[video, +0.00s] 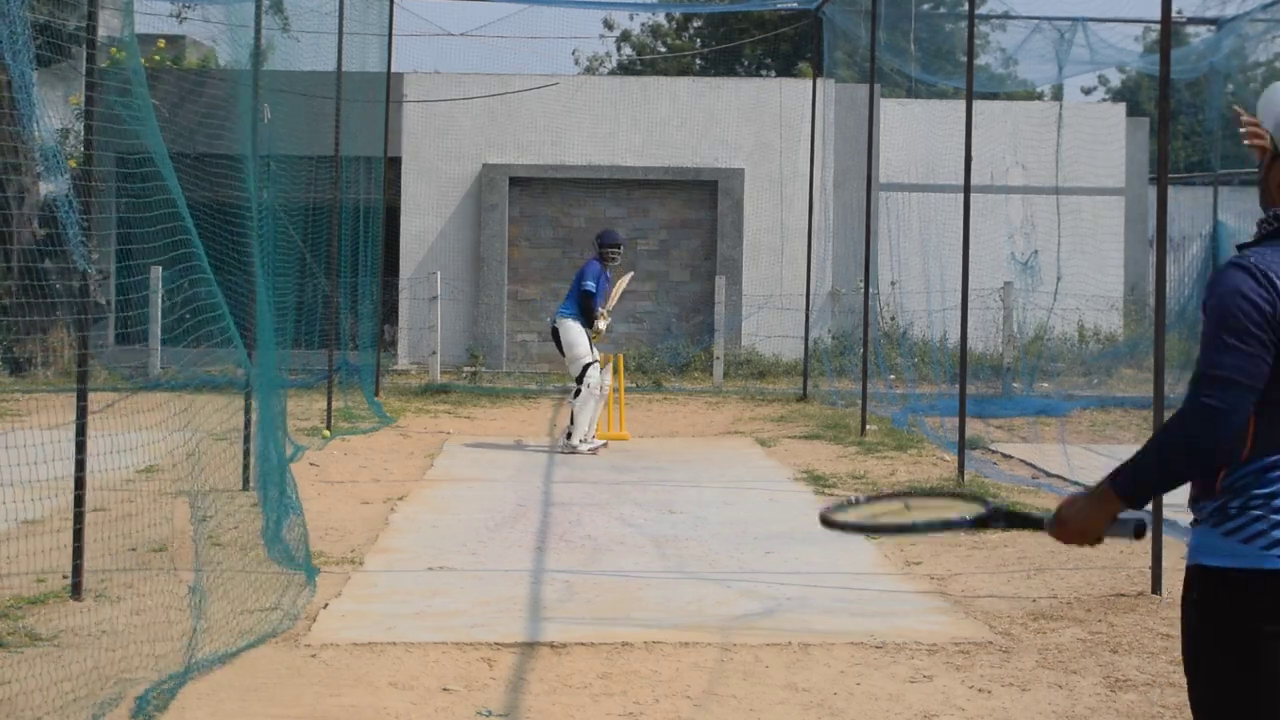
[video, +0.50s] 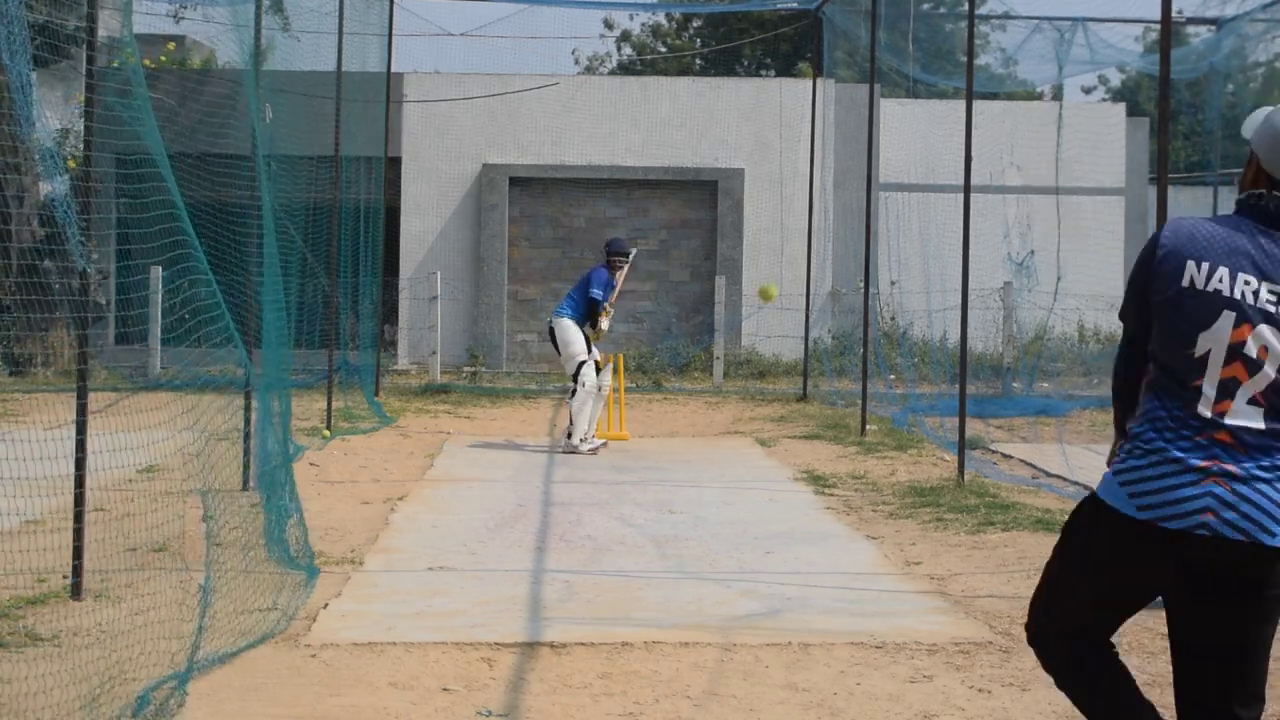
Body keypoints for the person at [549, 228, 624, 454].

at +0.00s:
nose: (613, 254)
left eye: (617, 250)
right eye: (609, 249)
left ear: (621, 251)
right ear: (600, 249)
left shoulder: (606, 275)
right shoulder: (593, 268)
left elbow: (602, 303)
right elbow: (587, 299)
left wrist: (603, 317)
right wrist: (596, 320)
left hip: (581, 325)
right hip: (569, 323)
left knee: (601, 380)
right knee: (590, 378)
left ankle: (585, 435)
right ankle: (574, 438)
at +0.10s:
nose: (613, 255)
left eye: (617, 251)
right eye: (609, 251)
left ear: (621, 253)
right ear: (600, 251)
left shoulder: (605, 275)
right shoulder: (593, 269)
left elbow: (602, 303)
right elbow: (587, 300)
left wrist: (603, 315)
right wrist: (596, 322)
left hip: (579, 326)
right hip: (567, 324)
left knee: (601, 380)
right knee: (589, 380)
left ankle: (585, 435)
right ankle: (575, 439)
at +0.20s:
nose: (613, 257)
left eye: (617, 253)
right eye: (609, 252)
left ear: (621, 255)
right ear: (601, 251)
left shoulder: (605, 275)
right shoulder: (594, 269)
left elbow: (602, 303)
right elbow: (588, 302)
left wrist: (604, 317)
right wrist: (597, 322)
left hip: (578, 325)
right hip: (566, 323)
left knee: (600, 380)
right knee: (587, 379)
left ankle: (586, 435)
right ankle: (574, 439)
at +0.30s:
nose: (615, 258)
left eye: (619, 254)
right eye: (611, 253)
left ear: (624, 256)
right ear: (603, 253)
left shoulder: (608, 276)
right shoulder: (596, 269)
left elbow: (604, 303)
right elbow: (589, 300)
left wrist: (603, 318)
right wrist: (594, 323)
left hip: (580, 325)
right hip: (567, 323)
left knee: (600, 380)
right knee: (586, 380)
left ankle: (586, 435)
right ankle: (574, 439)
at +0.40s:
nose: (617, 259)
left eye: (621, 255)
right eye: (613, 254)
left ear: (625, 257)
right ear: (604, 254)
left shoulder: (610, 277)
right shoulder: (597, 270)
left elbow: (604, 306)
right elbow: (589, 302)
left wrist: (601, 320)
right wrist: (593, 325)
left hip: (579, 326)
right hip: (566, 323)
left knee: (600, 380)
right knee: (585, 380)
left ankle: (586, 435)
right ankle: (573, 439)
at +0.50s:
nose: (618, 263)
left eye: (622, 259)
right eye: (615, 258)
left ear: (626, 261)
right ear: (607, 257)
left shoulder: (610, 280)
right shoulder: (600, 274)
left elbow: (604, 306)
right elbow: (594, 306)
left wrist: (606, 315)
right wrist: (599, 323)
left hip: (577, 326)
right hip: (564, 322)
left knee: (601, 380)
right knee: (587, 379)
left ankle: (585, 435)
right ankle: (574, 439)